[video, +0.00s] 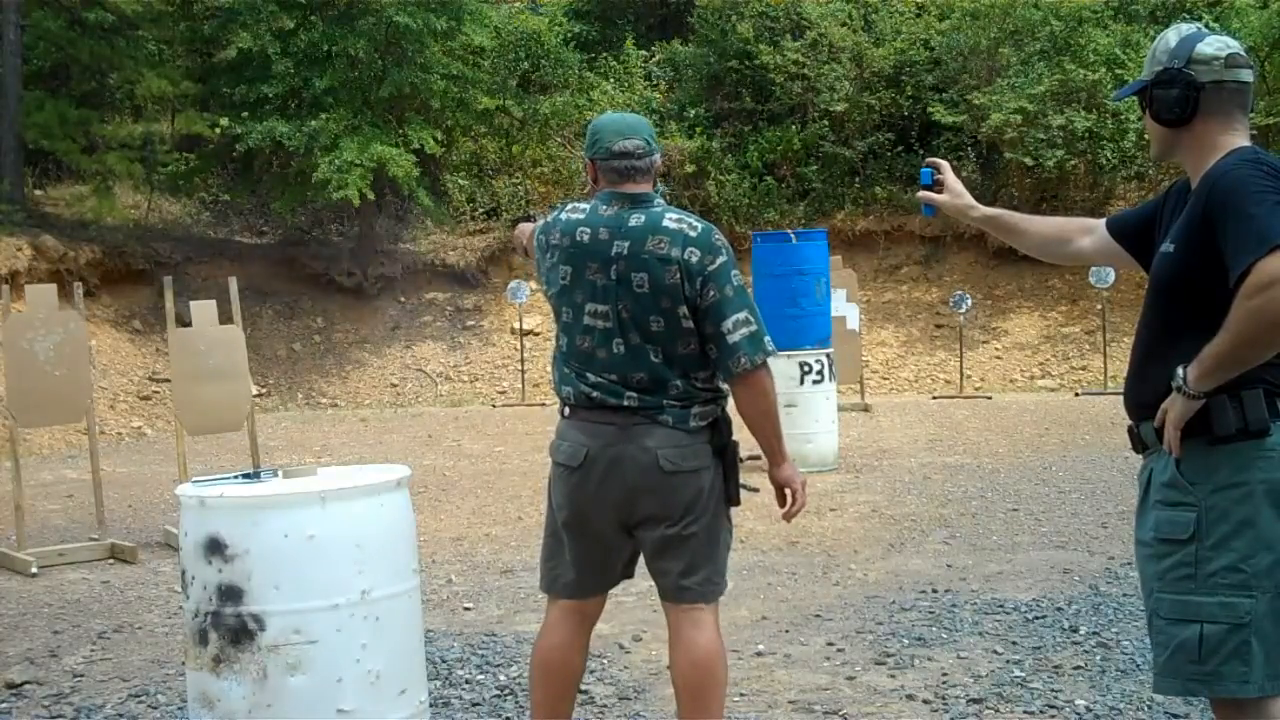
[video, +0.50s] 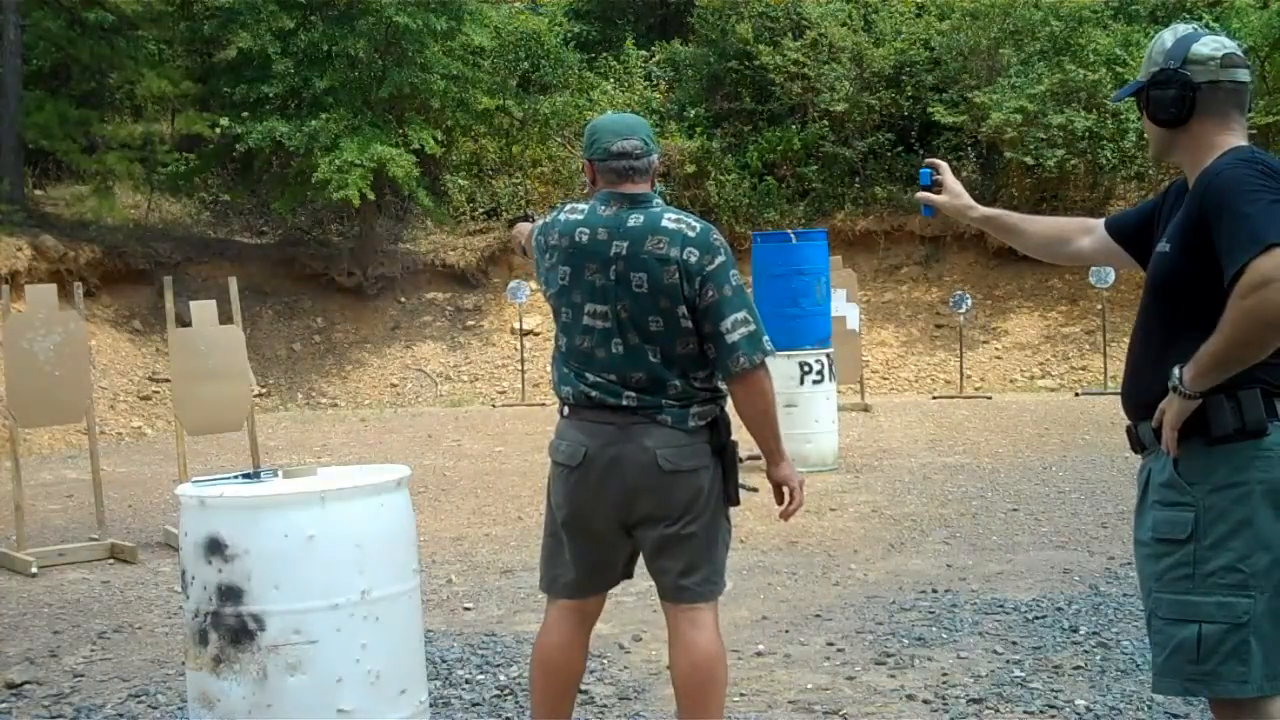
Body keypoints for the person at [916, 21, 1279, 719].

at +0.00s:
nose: (1145, 115)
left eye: (1150, 100)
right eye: (1146, 101)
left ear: (1177, 102)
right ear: (1223, 101)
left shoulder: (1242, 181)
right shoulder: (1191, 197)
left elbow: (1274, 283)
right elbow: (1084, 238)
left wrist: (1194, 381)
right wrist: (974, 213)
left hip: (1224, 462)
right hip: (1205, 457)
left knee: (1242, 692)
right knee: (1241, 685)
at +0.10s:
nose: (1145, 115)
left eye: (1150, 100)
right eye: (1146, 101)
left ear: (1176, 102)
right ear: (1224, 100)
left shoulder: (1242, 180)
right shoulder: (1190, 197)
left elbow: (1273, 282)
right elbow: (1085, 238)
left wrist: (1193, 381)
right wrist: (974, 213)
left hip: (1225, 462)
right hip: (1206, 457)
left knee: (1242, 692)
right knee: (1241, 685)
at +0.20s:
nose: (1146, 117)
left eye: (1150, 102)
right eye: (1146, 102)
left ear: (1175, 102)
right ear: (1227, 100)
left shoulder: (1242, 180)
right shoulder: (1191, 198)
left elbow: (1273, 281)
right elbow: (1083, 238)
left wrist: (1192, 383)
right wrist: (974, 213)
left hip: (1224, 463)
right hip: (1210, 458)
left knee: (1241, 692)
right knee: (1243, 685)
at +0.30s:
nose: (1146, 117)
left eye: (1150, 102)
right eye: (1146, 102)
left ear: (1175, 102)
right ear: (1227, 100)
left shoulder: (1242, 180)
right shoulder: (1191, 198)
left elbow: (1273, 281)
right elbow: (1083, 238)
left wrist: (1192, 383)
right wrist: (974, 213)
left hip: (1224, 463)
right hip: (1210, 458)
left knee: (1241, 692)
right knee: (1242, 685)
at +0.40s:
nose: (1146, 117)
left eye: (1150, 103)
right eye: (1146, 103)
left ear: (1175, 102)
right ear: (1226, 100)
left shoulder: (1241, 180)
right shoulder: (1190, 197)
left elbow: (1272, 282)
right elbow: (1084, 238)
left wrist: (1190, 384)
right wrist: (974, 213)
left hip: (1224, 463)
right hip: (1210, 458)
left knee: (1241, 692)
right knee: (1242, 685)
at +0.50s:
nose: (1144, 116)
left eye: (1149, 101)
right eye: (1145, 102)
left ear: (1173, 102)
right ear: (1226, 100)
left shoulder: (1238, 180)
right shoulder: (1189, 196)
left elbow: (1271, 283)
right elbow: (1084, 238)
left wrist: (1189, 384)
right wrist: (974, 214)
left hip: (1223, 463)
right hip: (1210, 458)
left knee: (1241, 692)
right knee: (1241, 685)